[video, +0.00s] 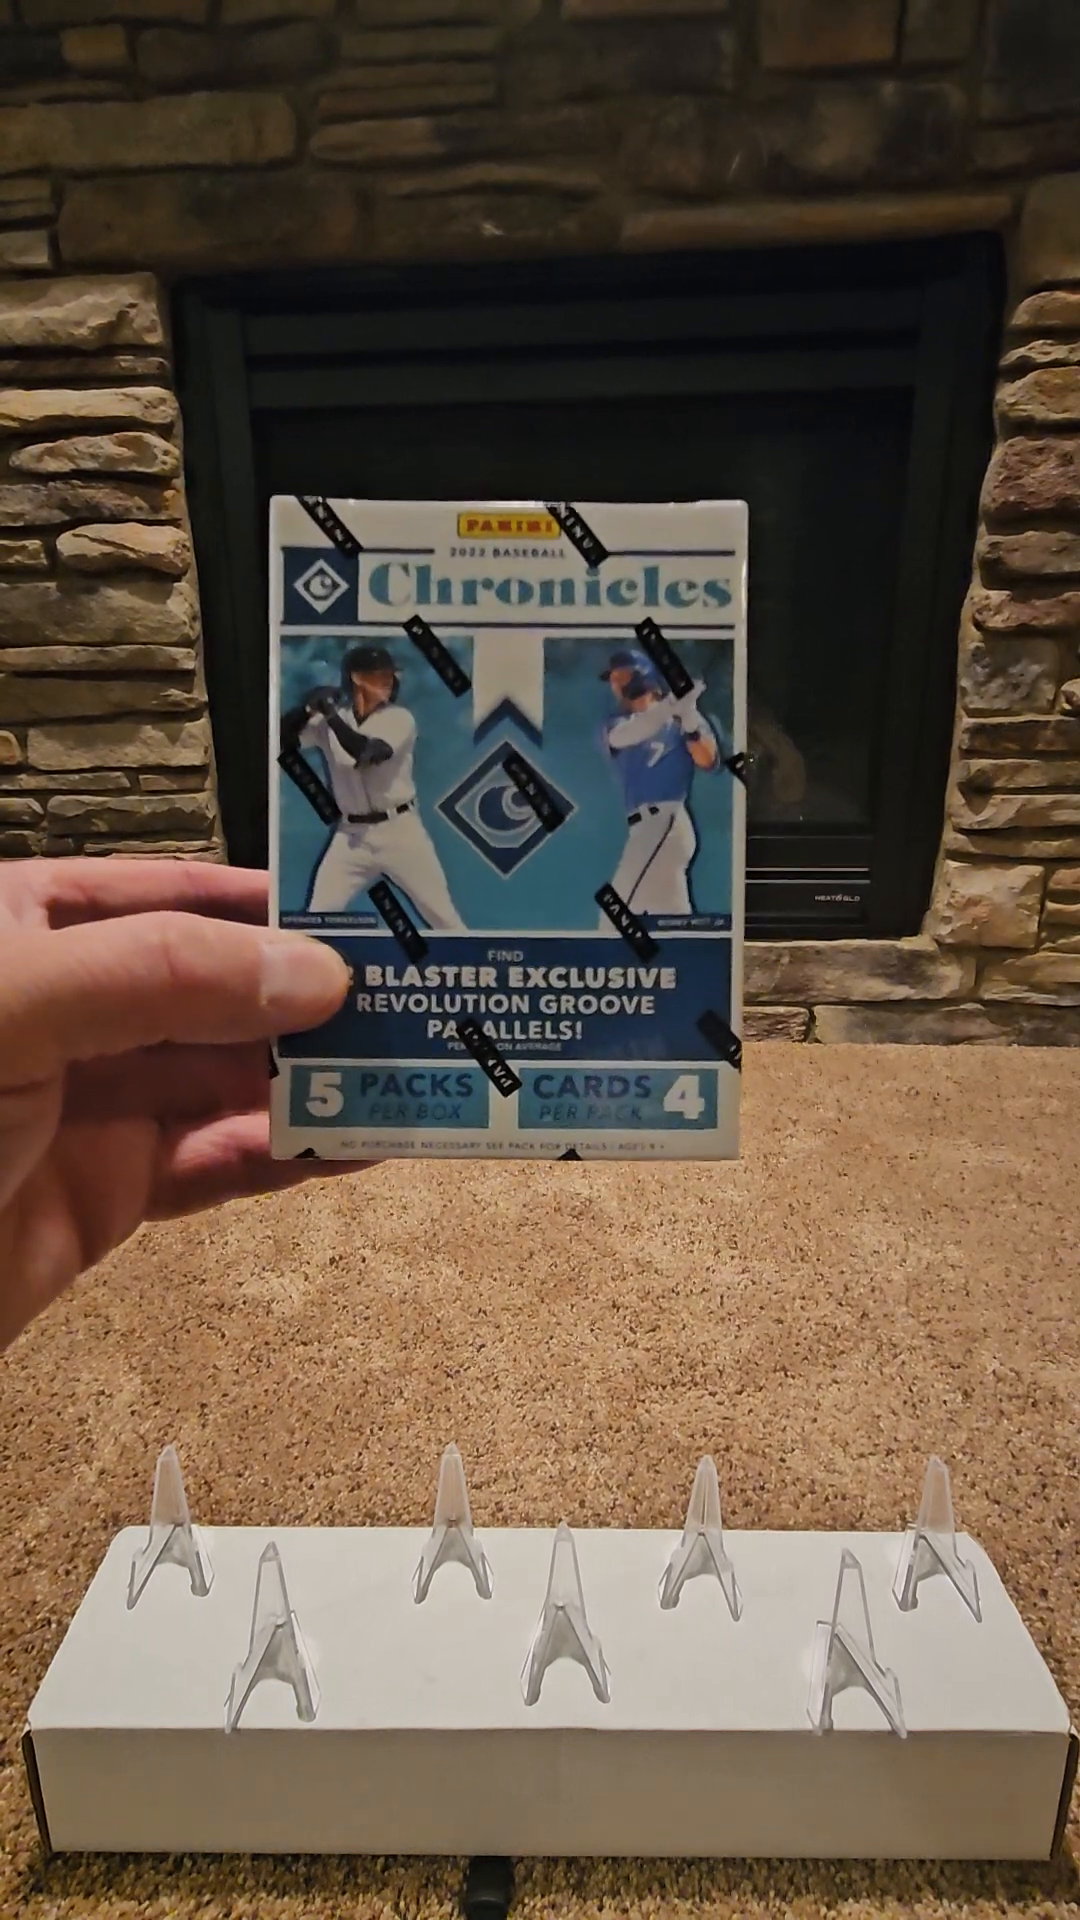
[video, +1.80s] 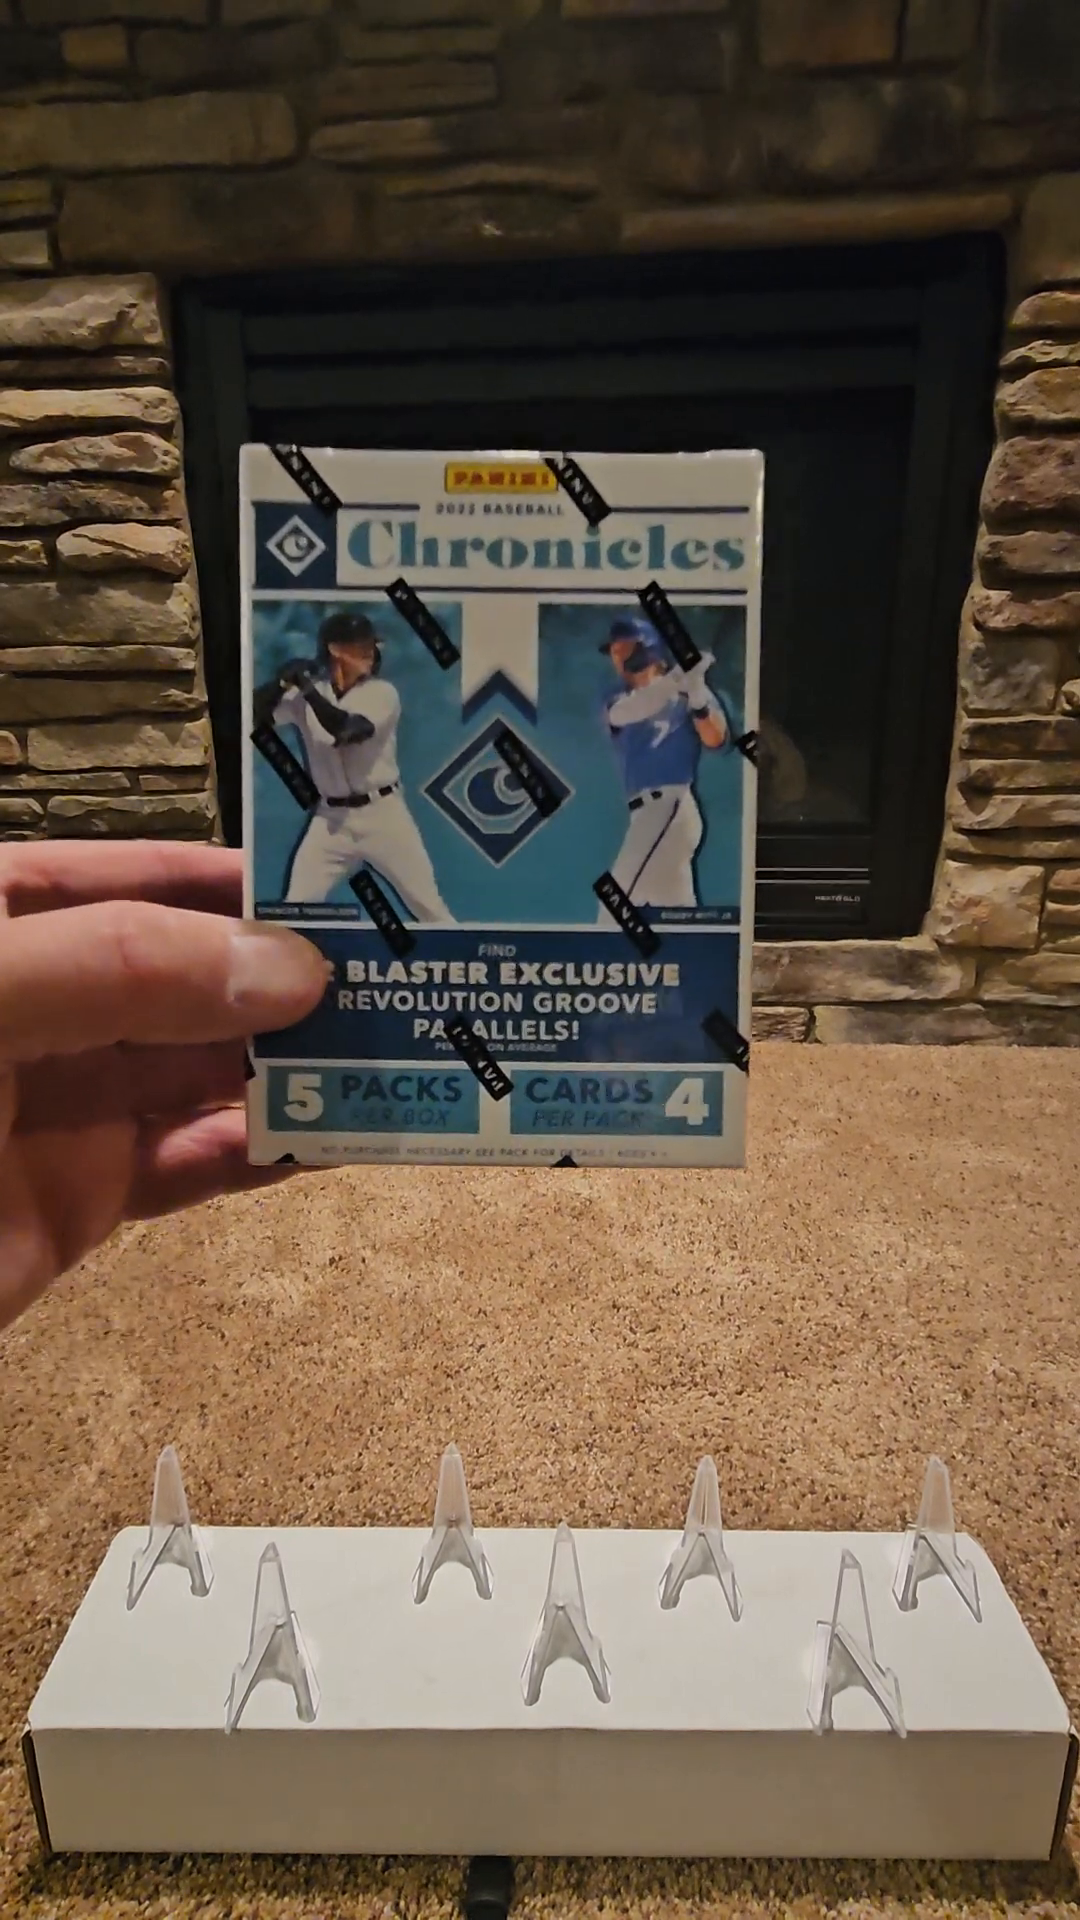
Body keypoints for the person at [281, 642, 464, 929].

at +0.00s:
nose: (390, 679)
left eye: (390, 673)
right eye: (381, 673)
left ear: (393, 679)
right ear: (357, 678)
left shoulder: (399, 718)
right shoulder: (327, 723)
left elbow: (366, 754)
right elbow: (282, 740)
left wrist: (330, 714)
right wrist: (306, 710)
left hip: (401, 832)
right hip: (351, 836)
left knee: (444, 918)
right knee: (319, 920)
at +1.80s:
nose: (371, 651)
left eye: (371, 644)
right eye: (361, 644)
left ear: (375, 649)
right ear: (335, 650)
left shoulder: (381, 693)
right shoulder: (303, 699)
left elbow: (344, 731)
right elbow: (255, 716)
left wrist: (307, 689)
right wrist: (282, 683)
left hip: (384, 816)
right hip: (330, 820)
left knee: (428, 906)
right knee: (297, 912)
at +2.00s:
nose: (336, 601)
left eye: (337, 594)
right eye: (326, 594)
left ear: (340, 599)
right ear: (300, 601)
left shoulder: (349, 645)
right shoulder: (266, 650)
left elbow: (311, 686)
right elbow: (216, 669)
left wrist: (270, 641)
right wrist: (243, 635)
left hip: (352, 774)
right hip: (296, 779)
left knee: (400, 871)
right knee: (261, 875)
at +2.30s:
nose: (342, 551)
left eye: (343, 543)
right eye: (331, 543)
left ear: (348, 550)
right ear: (304, 551)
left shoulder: (356, 600)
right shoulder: (269, 606)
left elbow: (317, 643)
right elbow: (213, 622)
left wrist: (272, 595)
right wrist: (243, 591)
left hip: (361, 738)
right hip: (301, 744)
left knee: (413, 840)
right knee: (265, 848)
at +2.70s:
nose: (368, 501)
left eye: (370, 492)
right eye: (356, 492)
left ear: (377, 498)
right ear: (327, 499)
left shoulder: (385, 553)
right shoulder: (290, 559)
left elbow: (341, 602)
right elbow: (227, 583)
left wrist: (292, 548)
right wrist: (261, 543)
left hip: (389, 708)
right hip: (323, 714)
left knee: (446, 824)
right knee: (282, 829)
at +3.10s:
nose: (374, 549)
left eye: (379, 541)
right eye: (362, 540)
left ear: (387, 549)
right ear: (337, 547)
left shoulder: (396, 599)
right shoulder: (304, 604)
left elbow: (355, 646)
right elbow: (245, 631)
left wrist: (306, 595)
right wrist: (274, 589)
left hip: (399, 747)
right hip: (334, 753)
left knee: (454, 861)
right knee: (294, 864)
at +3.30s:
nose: (371, 597)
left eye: (372, 589)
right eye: (360, 589)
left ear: (376, 595)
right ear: (330, 596)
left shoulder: (383, 646)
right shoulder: (294, 652)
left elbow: (342, 691)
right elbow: (238, 673)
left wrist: (296, 640)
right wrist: (266, 634)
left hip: (386, 791)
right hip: (323, 796)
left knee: (439, 899)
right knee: (282, 903)